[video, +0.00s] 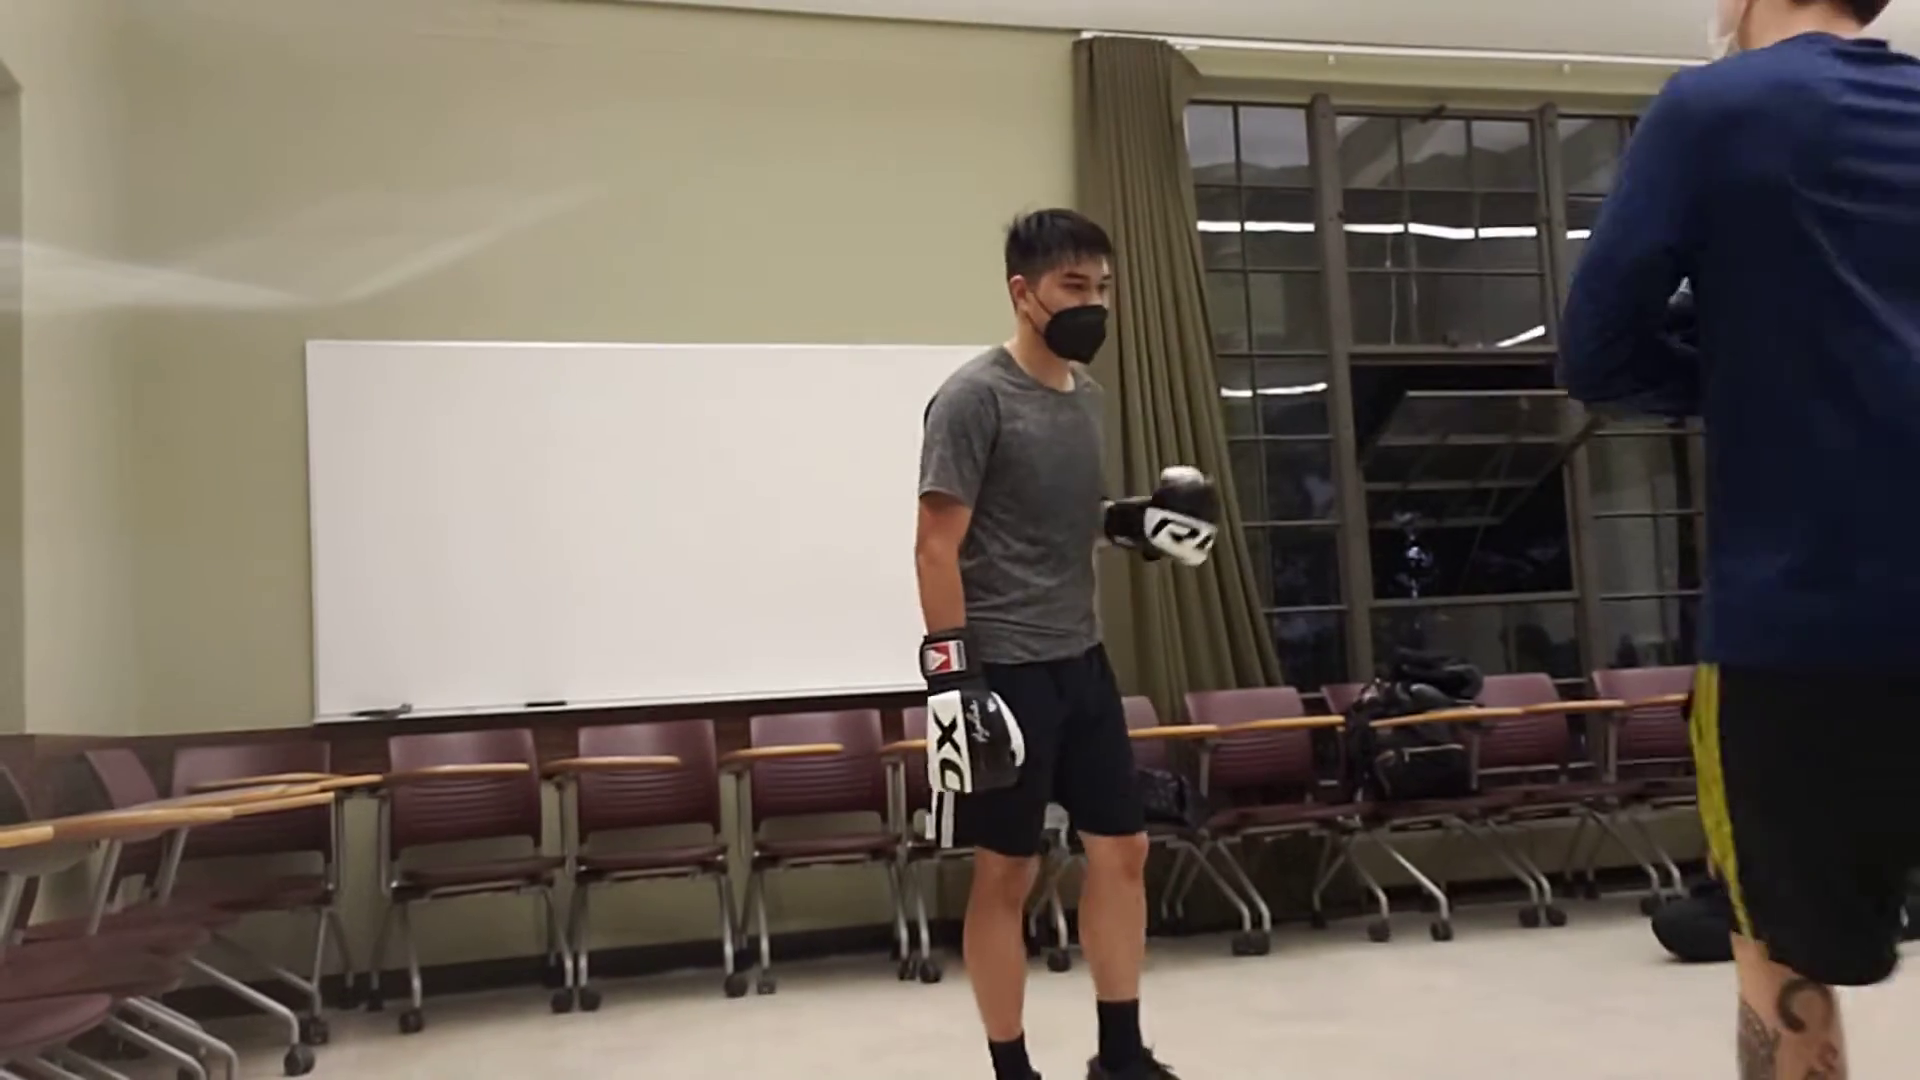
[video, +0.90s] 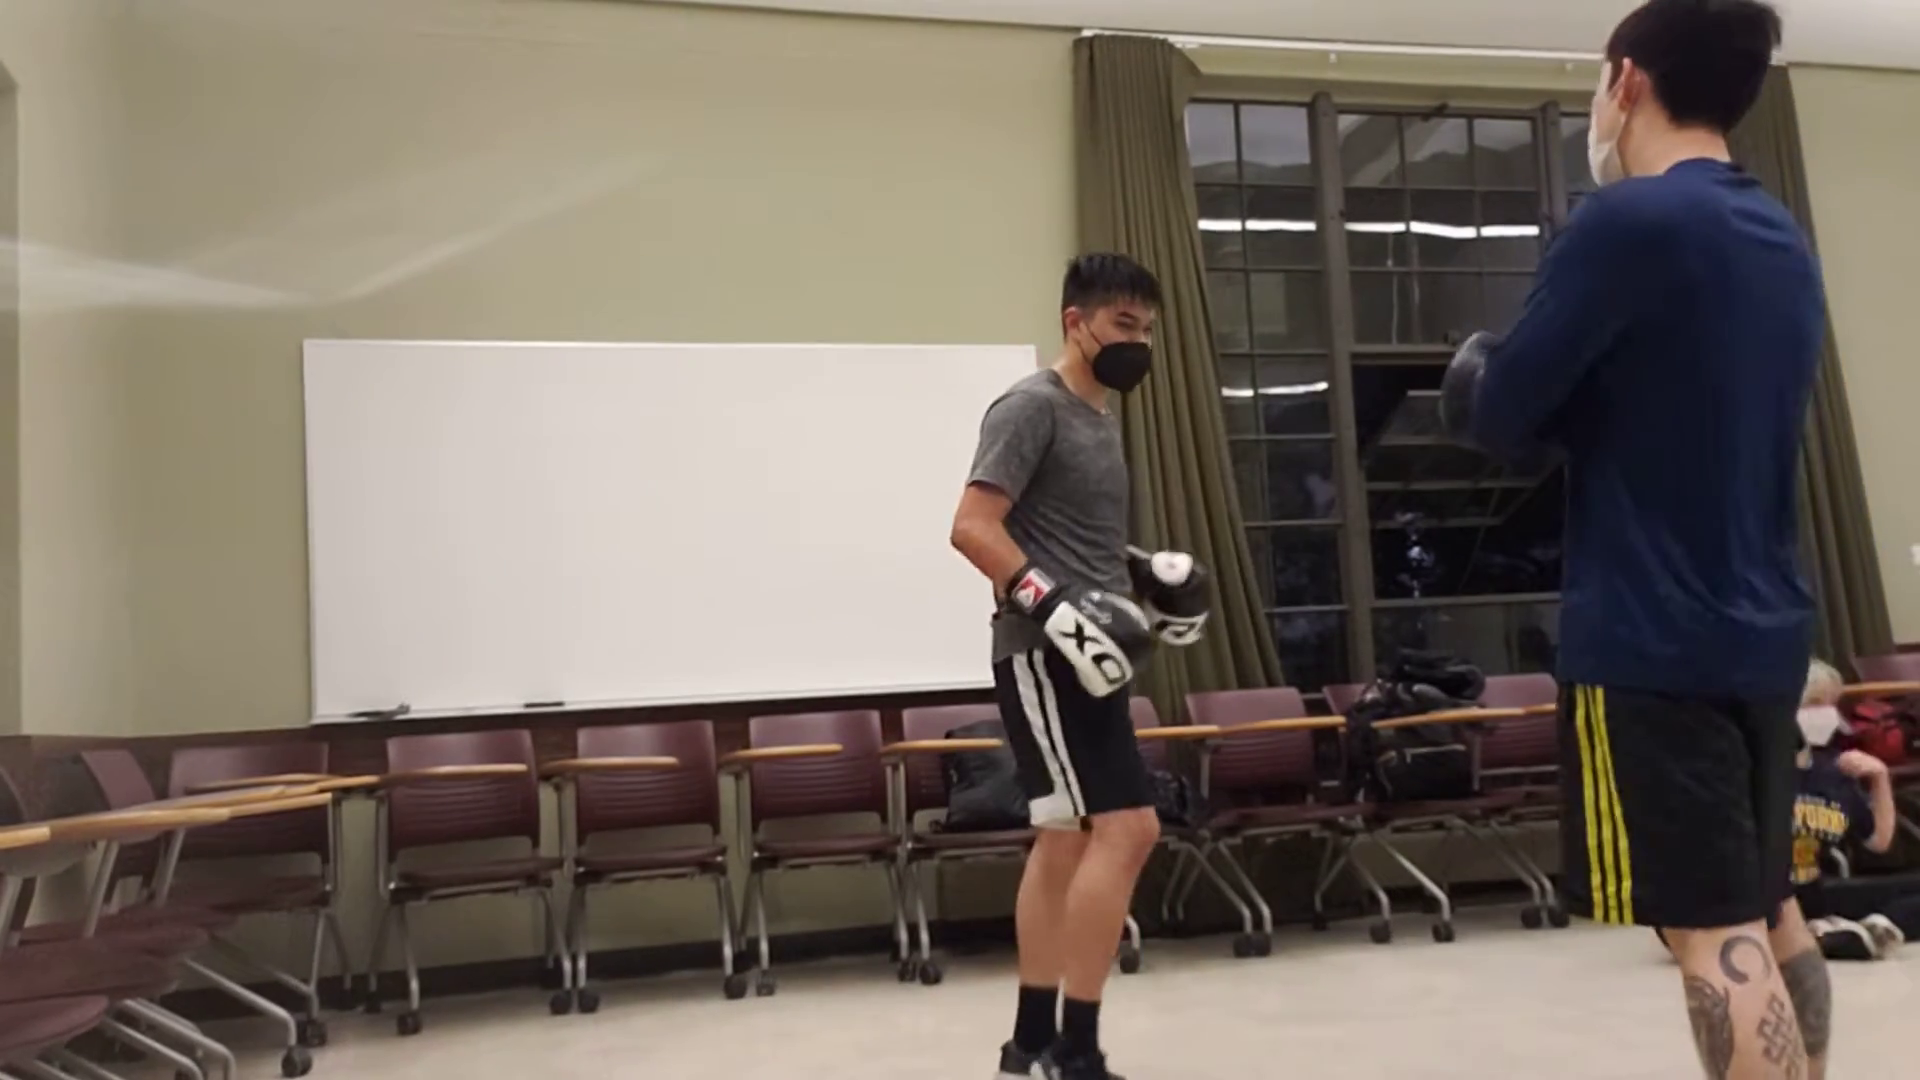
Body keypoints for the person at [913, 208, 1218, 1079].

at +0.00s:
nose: (1091, 301)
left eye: (1100, 287)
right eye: (1072, 285)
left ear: (1106, 292)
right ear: (1019, 290)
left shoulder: (1084, 396)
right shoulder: (971, 398)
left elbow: (1060, 518)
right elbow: (936, 546)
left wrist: (1131, 524)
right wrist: (950, 680)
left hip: (1080, 664)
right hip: (1000, 673)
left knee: (1122, 850)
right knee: (1006, 873)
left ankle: (1122, 1054)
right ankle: (1013, 1070)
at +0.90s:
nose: (1136, 343)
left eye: (1145, 330)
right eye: (1123, 324)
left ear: (1147, 335)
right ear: (1074, 320)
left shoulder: (1099, 417)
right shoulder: (1030, 405)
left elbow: (1082, 542)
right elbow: (972, 526)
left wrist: (1145, 577)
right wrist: (1053, 605)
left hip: (1083, 644)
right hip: (1045, 645)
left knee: (1062, 841)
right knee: (1127, 829)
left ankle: (1032, 1043)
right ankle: (1074, 1050)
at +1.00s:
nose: (1149, 335)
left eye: (1158, 322)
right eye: (1136, 317)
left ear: (1150, 328)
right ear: (1084, 313)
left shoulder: (1102, 409)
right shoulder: (1046, 398)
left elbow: (1085, 530)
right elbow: (984, 510)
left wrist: (1135, 569)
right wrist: (1085, 562)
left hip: (1086, 645)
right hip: (1060, 648)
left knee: (1066, 843)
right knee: (1125, 841)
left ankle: (1037, 1037)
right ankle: (1122, 1060)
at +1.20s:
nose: (1175, 327)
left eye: (1180, 312)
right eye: (1164, 310)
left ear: (1117, 312)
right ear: (1109, 304)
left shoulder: (1079, 390)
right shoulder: (1083, 387)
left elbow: (1061, 523)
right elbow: (1074, 495)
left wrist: (1147, 559)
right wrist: (1188, 474)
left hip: (1073, 646)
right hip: (1091, 647)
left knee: (1072, 848)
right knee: (1132, 858)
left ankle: (1041, 1033)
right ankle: (1149, 1068)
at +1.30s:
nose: (1175, 318)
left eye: (1180, 303)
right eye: (1165, 298)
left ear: (1114, 299)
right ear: (1109, 292)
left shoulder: (1070, 381)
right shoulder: (1086, 377)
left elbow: (1083, 511)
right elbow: (1115, 483)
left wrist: (1163, 518)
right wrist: (1231, 440)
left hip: (1070, 640)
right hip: (1095, 643)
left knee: (1081, 844)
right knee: (1129, 857)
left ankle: (1034, 1026)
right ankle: (1147, 1068)